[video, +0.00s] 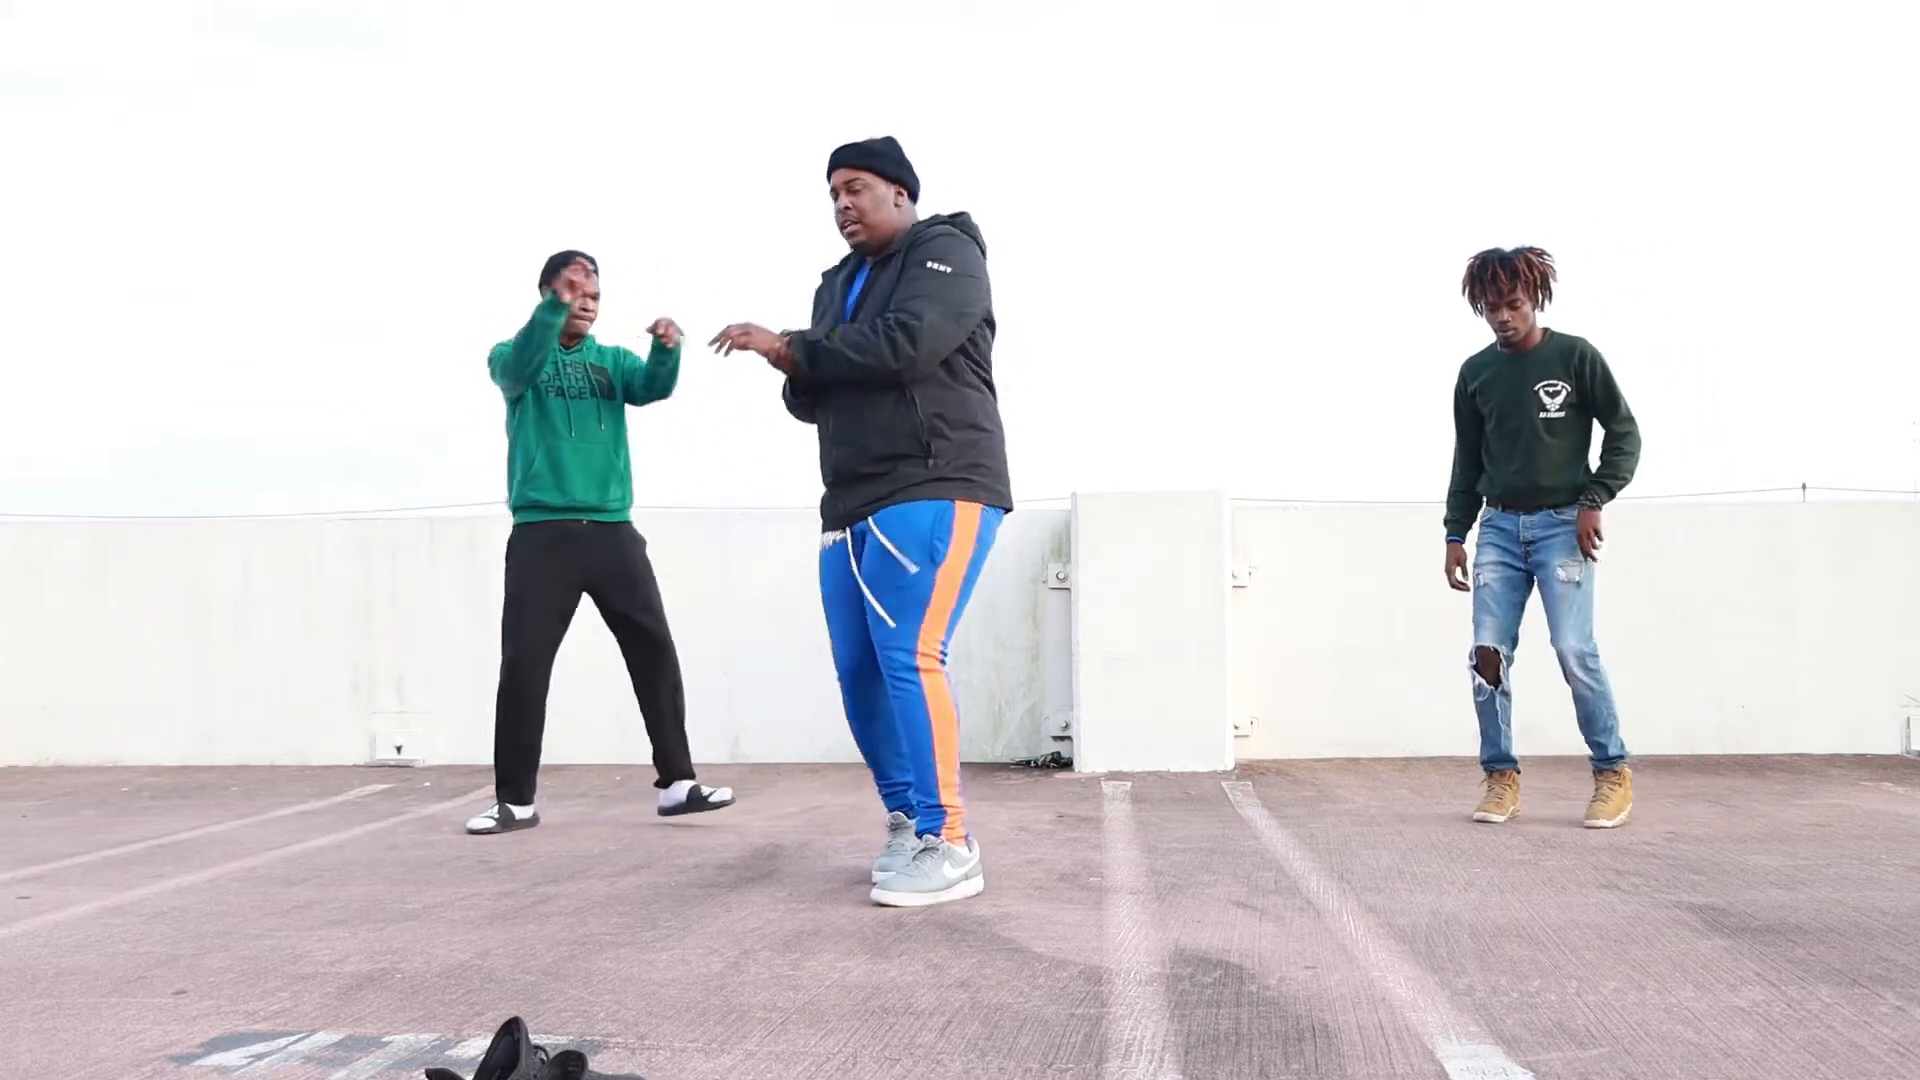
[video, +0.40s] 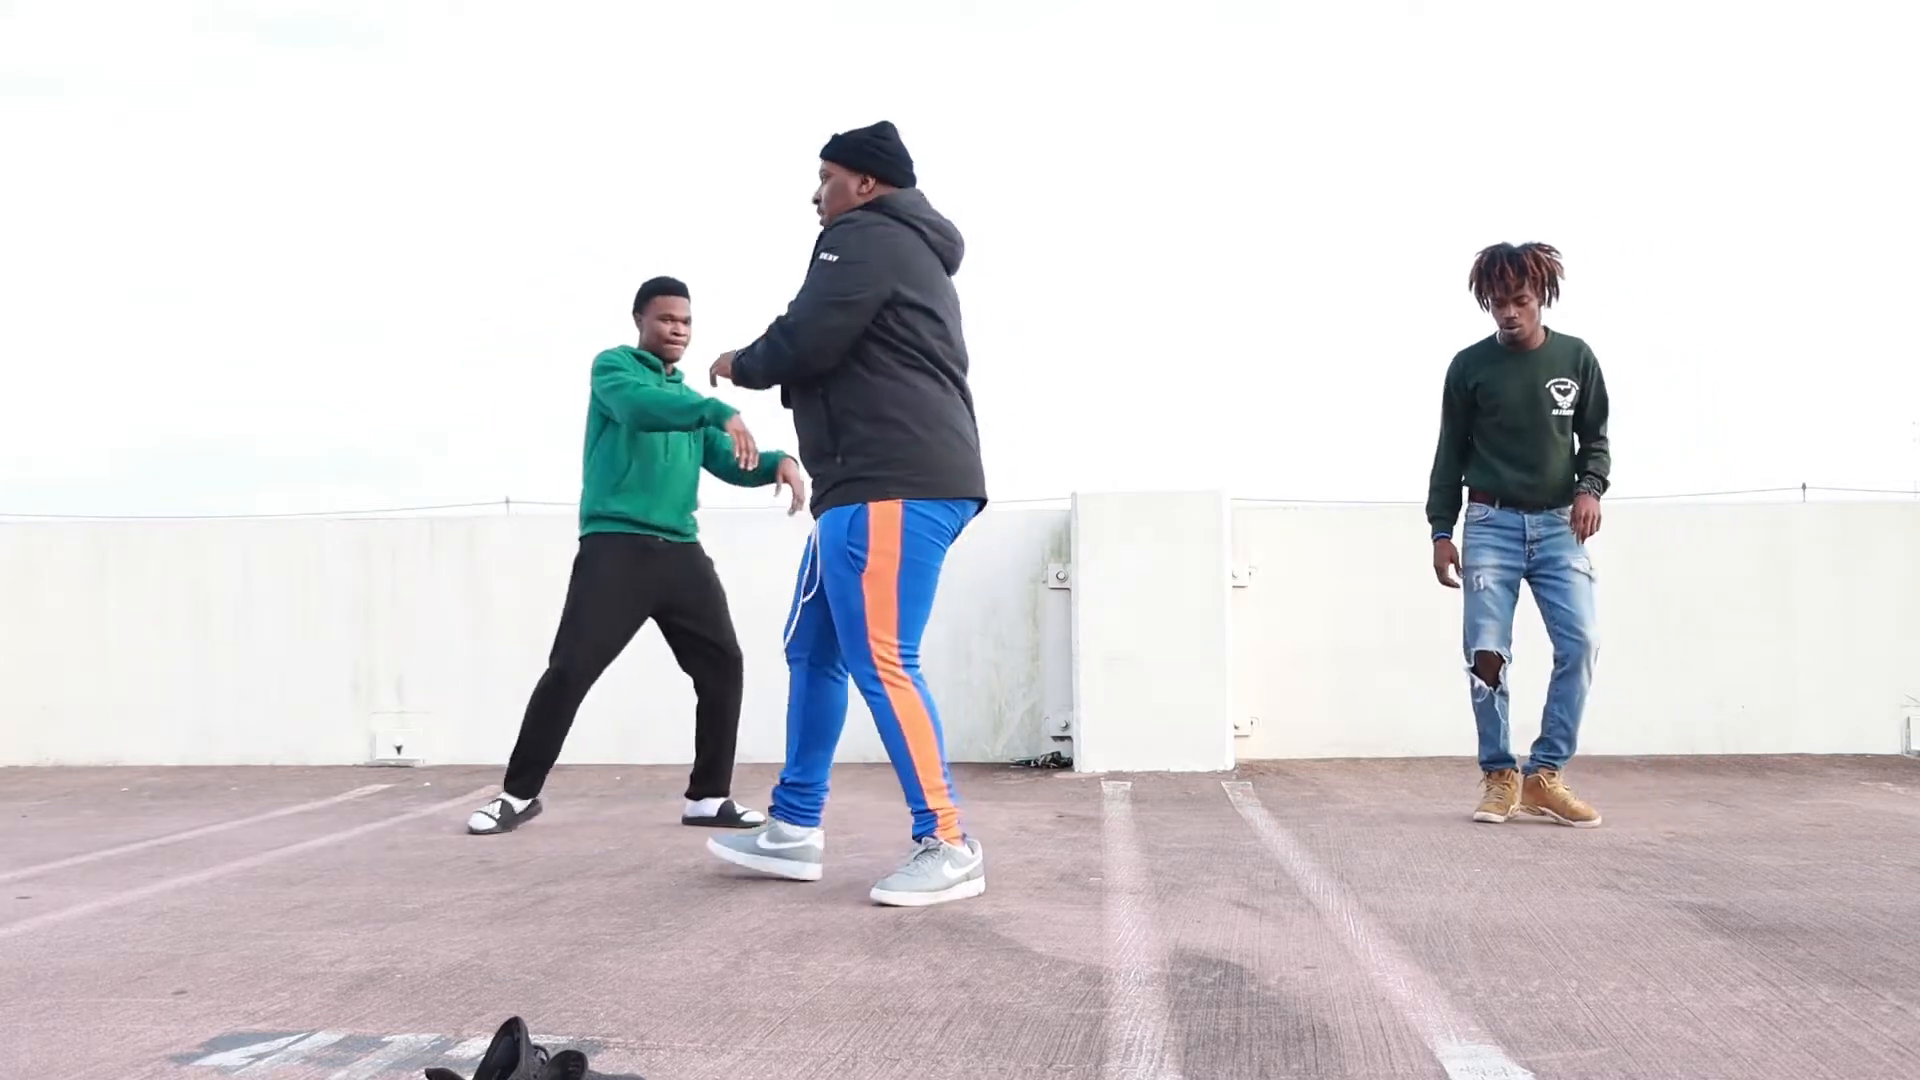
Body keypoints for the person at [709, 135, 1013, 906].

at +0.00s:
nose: (842, 204)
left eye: (854, 189)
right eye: (835, 194)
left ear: (899, 190)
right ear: (836, 206)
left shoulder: (945, 247)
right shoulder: (836, 286)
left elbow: (907, 344)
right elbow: (812, 402)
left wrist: (796, 348)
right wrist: (792, 363)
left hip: (938, 487)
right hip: (854, 500)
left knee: (911, 654)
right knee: (861, 671)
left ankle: (949, 843)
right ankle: (910, 829)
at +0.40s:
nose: (817, 195)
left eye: (827, 181)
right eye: (819, 182)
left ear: (864, 182)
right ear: (876, 185)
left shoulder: (864, 237)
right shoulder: (902, 246)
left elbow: (808, 342)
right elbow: (881, 370)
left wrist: (740, 364)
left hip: (895, 481)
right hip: (870, 484)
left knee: (880, 659)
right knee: (816, 651)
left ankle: (946, 845)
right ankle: (794, 827)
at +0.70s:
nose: (775, 208)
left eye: (784, 196)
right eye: (780, 195)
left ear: (815, 201)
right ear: (842, 205)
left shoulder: (801, 261)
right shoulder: (880, 282)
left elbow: (741, 359)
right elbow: (835, 373)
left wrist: (700, 395)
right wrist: (744, 374)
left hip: (815, 491)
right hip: (856, 489)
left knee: (813, 666)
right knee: (762, 661)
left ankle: (928, 831)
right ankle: (784, 830)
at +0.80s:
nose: (759, 208)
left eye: (767, 197)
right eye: (763, 196)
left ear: (799, 203)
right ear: (823, 207)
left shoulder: (782, 261)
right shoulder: (864, 281)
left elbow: (716, 364)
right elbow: (825, 369)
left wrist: (681, 384)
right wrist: (732, 354)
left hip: (796, 483)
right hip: (862, 493)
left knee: (742, 651)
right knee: (773, 657)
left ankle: (871, 794)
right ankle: (783, 831)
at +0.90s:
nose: (742, 207)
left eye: (750, 195)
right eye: (745, 195)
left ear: (780, 200)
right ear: (806, 205)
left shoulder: (759, 261)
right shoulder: (851, 283)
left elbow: (693, 372)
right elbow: (804, 370)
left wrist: (669, 379)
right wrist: (706, 360)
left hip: (773, 482)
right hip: (849, 493)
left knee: (698, 641)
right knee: (777, 657)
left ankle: (788, 799)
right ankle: (788, 835)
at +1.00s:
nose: (724, 205)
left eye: (730, 194)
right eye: (726, 193)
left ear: (758, 198)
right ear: (793, 203)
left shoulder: (733, 257)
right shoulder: (839, 281)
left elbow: (678, 363)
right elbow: (819, 373)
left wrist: (662, 392)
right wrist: (718, 389)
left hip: (748, 481)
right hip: (835, 488)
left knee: (682, 640)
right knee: (781, 652)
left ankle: (703, 819)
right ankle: (787, 831)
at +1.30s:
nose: (669, 225)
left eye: (673, 217)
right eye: (675, 215)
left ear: (688, 223)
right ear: (739, 226)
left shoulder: (649, 288)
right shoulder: (786, 293)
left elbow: (598, 401)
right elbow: (820, 377)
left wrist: (591, 475)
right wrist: (761, 408)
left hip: (669, 501)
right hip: (769, 509)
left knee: (643, 663)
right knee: (738, 662)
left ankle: (621, 823)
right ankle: (777, 815)